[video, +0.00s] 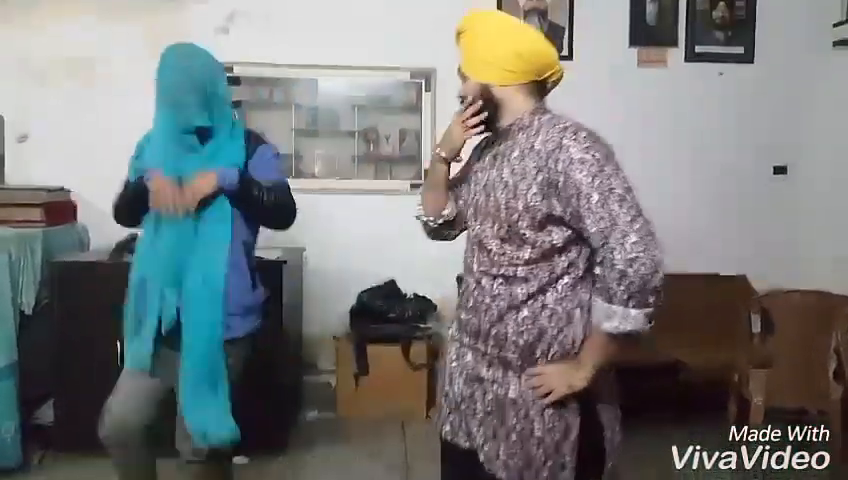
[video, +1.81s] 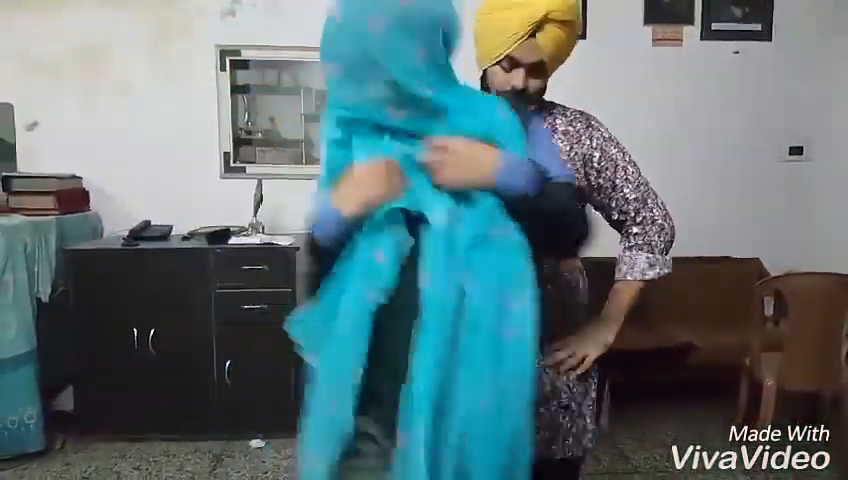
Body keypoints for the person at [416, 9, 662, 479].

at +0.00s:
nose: (459, 81)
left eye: (464, 70)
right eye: (461, 71)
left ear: (492, 72)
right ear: (509, 74)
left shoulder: (570, 147)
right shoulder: (489, 151)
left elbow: (635, 258)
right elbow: (440, 223)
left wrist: (586, 364)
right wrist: (442, 155)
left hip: (547, 389)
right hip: (473, 380)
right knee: (461, 473)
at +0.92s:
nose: (438, 121)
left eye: (444, 107)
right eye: (432, 108)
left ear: (483, 88)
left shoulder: (556, 146)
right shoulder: (456, 144)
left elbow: (630, 261)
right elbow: (412, 240)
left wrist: (570, 369)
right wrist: (440, 176)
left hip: (533, 396)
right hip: (449, 385)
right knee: (445, 472)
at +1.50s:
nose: (488, 95)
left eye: (506, 84)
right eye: (477, 78)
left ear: (532, 76)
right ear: (462, 64)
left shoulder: (567, 138)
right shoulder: (438, 136)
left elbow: (651, 234)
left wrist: (592, 338)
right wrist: (452, 158)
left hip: (541, 378)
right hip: (452, 372)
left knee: (549, 472)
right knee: (457, 471)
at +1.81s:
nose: (519, 82)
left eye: (536, 70)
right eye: (508, 65)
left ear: (552, 69)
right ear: (483, 58)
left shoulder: (572, 133)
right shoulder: (450, 127)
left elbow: (650, 224)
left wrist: (606, 324)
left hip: (553, 314)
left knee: (553, 455)